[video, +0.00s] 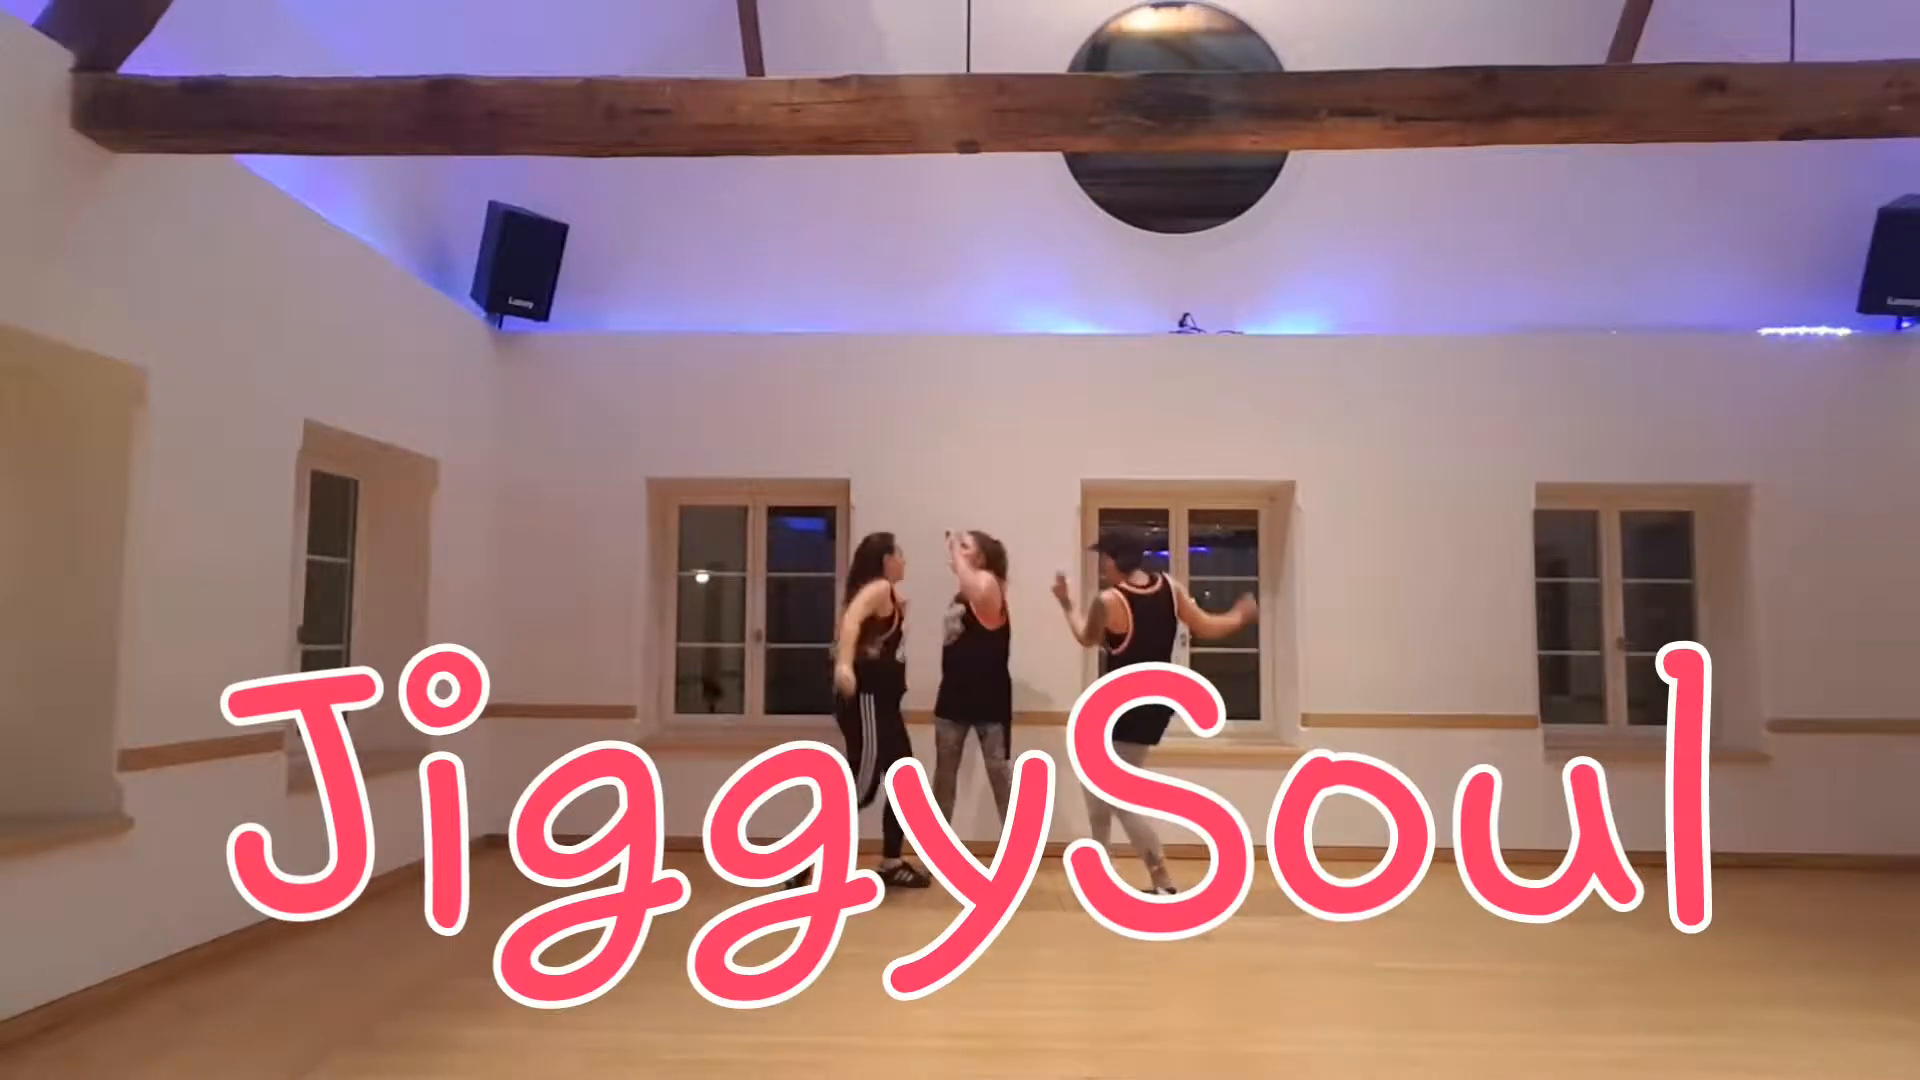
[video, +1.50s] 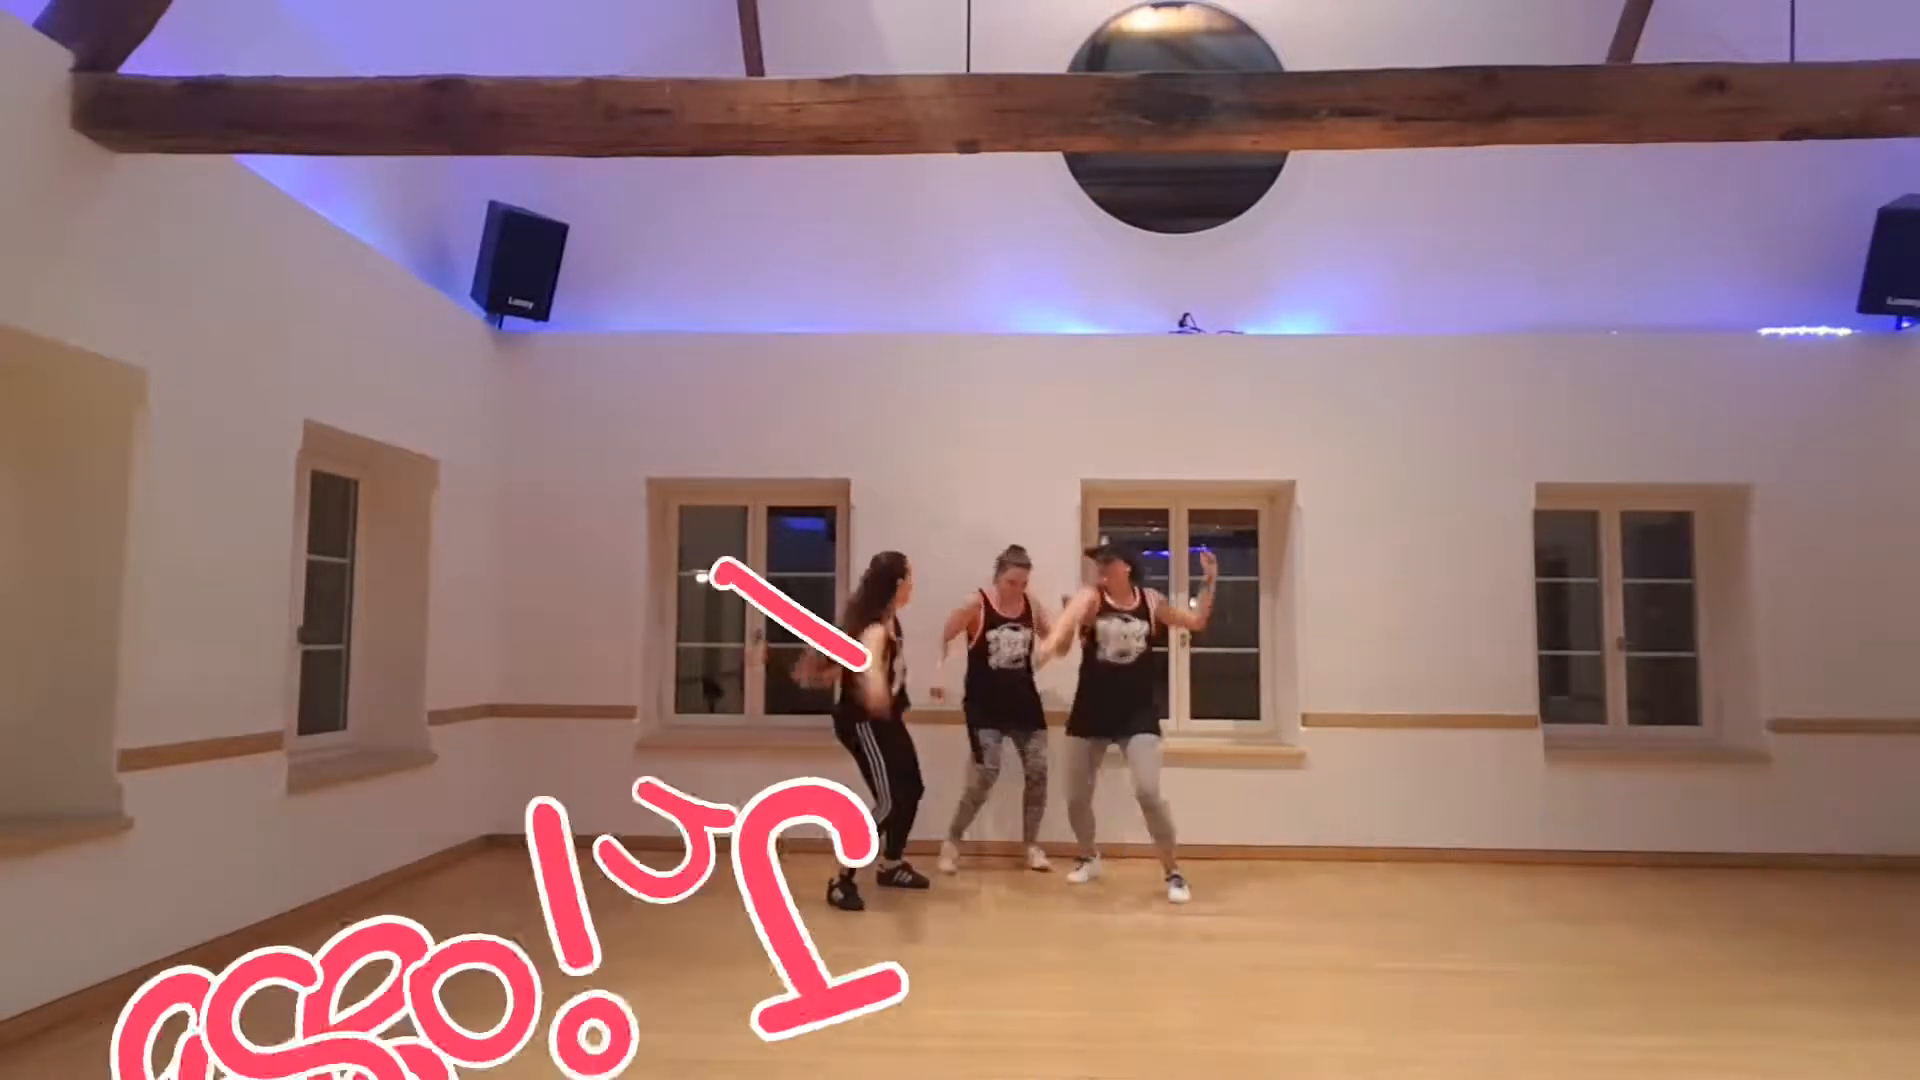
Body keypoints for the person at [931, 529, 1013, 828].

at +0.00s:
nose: (957, 553)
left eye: (966, 547)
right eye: (957, 547)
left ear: (983, 554)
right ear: (959, 554)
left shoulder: (990, 582)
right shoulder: (963, 590)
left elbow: (977, 590)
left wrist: (955, 554)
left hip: (989, 690)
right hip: (954, 689)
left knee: (999, 769)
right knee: (945, 767)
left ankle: (1016, 840)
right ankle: (938, 839)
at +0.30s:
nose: (928, 567)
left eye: (935, 561)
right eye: (924, 563)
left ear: (951, 566)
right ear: (922, 572)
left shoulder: (969, 593)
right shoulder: (925, 605)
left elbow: (1013, 611)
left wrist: (986, 586)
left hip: (976, 696)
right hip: (939, 697)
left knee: (976, 771)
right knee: (941, 778)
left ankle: (1014, 834)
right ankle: (944, 846)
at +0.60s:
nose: (942, 561)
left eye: (938, 556)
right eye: (933, 562)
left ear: (943, 562)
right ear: (925, 576)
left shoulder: (965, 588)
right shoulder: (921, 603)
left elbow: (986, 634)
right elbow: (911, 657)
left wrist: (1010, 612)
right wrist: (951, 661)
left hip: (979, 693)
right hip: (940, 697)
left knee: (996, 769)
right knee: (944, 776)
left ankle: (1004, 842)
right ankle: (944, 846)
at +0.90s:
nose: (968, 574)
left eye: (966, 568)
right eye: (961, 570)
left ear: (961, 574)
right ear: (943, 578)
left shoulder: (967, 599)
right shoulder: (941, 614)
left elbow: (978, 624)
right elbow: (928, 664)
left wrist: (996, 599)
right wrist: (972, 674)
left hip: (987, 699)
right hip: (955, 706)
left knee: (1004, 768)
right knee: (965, 774)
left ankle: (997, 843)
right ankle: (959, 849)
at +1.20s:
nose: (990, 581)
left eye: (993, 574)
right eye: (983, 574)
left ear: (997, 570)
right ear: (966, 570)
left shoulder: (991, 594)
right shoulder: (955, 603)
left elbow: (1009, 615)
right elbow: (932, 649)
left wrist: (1022, 581)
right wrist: (967, 681)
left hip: (994, 693)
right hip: (959, 697)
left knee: (1016, 764)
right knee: (956, 768)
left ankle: (1019, 835)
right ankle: (941, 841)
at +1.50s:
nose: (1018, 588)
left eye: (1023, 582)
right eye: (1013, 581)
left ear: (1029, 579)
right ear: (998, 576)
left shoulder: (1031, 605)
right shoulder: (976, 606)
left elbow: (1053, 640)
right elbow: (943, 638)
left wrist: (1068, 621)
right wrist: (938, 677)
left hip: (1023, 698)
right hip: (984, 700)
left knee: (1038, 770)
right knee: (986, 772)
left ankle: (1032, 844)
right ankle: (952, 841)